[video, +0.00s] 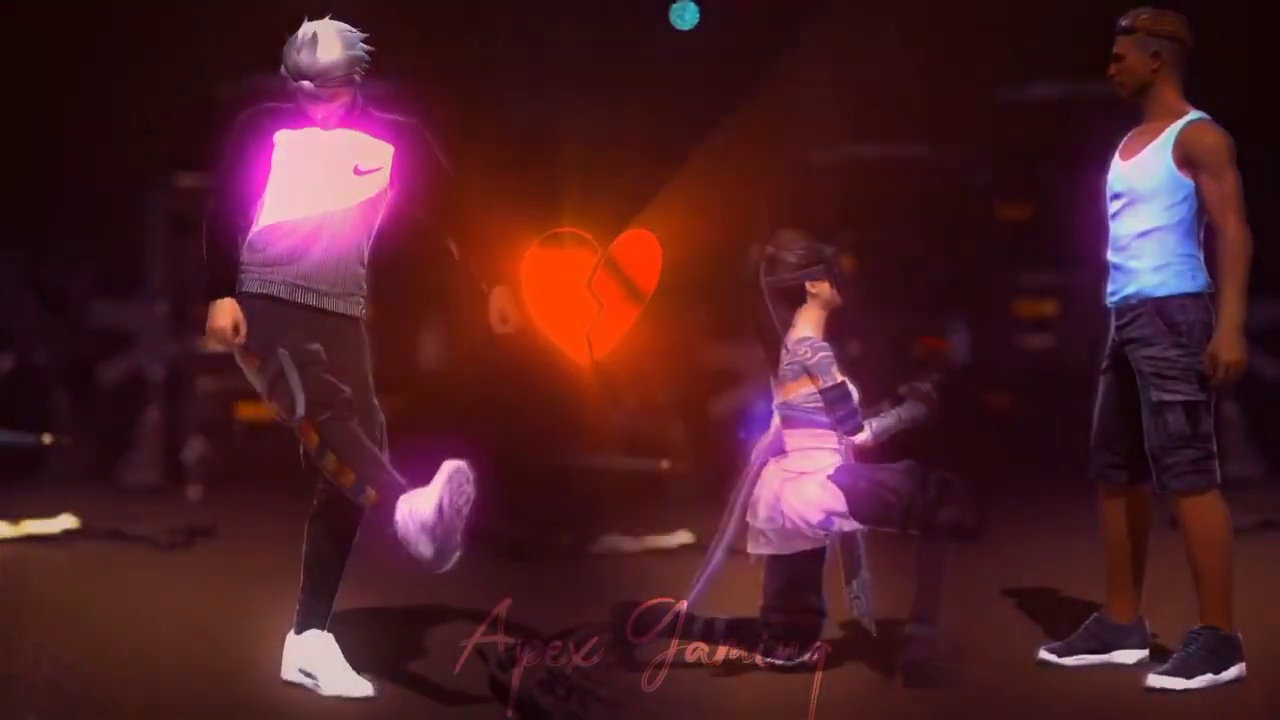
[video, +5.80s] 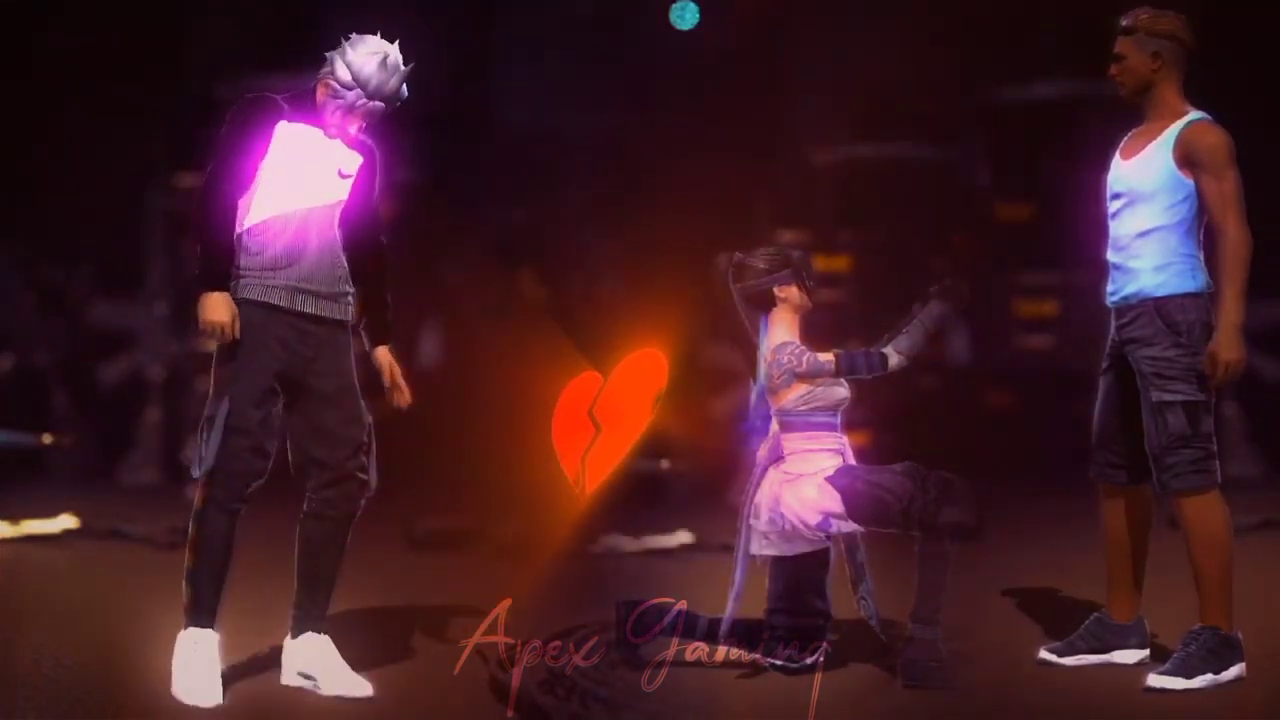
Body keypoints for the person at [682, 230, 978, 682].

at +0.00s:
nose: (836, 286)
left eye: (832, 278)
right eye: (828, 279)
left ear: (807, 290)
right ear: (811, 288)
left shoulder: (795, 346)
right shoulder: (812, 346)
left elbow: (846, 437)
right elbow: (852, 428)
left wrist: (904, 409)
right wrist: (908, 410)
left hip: (785, 488)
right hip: (812, 488)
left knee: (791, 638)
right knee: (939, 499)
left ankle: (670, 623)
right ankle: (923, 645)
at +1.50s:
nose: (819, 289)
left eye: (815, 281)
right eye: (812, 283)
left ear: (791, 292)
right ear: (793, 291)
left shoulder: (782, 349)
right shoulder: (800, 353)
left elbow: (848, 414)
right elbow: (857, 428)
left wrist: (893, 379)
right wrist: (905, 386)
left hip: (789, 481)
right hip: (809, 487)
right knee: (939, 497)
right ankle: (922, 642)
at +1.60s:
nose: (819, 289)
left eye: (816, 281)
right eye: (812, 282)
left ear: (790, 292)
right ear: (792, 290)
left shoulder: (783, 349)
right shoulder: (799, 353)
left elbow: (849, 413)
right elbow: (860, 426)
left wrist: (891, 378)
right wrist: (906, 385)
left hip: (790, 481)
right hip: (809, 487)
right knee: (941, 497)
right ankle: (921, 643)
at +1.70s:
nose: (819, 290)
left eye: (815, 282)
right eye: (811, 283)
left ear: (788, 292)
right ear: (792, 290)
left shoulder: (782, 348)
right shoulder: (797, 351)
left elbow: (848, 411)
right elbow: (863, 423)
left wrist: (888, 375)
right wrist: (909, 379)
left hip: (789, 481)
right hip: (806, 487)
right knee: (941, 497)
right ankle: (922, 645)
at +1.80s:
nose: (818, 290)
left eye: (814, 282)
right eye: (811, 283)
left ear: (789, 291)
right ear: (791, 290)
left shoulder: (784, 347)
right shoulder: (796, 350)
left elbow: (850, 410)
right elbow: (865, 420)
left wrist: (889, 371)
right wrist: (912, 373)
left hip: (791, 480)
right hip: (807, 486)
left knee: (791, 636)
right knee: (941, 496)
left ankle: (682, 627)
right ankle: (923, 645)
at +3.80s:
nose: (812, 292)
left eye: (809, 283)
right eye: (805, 284)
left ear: (782, 293)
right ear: (784, 292)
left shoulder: (785, 351)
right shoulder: (789, 356)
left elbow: (880, 363)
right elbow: (889, 363)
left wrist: (926, 317)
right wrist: (936, 315)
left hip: (803, 478)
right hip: (809, 484)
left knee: (796, 643)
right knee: (941, 497)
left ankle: (677, 624)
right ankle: (923, 648)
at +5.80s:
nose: (808, 291)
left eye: (804, 282)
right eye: (800, 283)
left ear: (780, 292)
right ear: (781, 290)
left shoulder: (783, 348)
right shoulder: (786, 354)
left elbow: (879, 359)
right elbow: (884, 360)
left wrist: (928, 309)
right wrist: (939, 306)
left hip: (797, 484)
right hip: (809, 486)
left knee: (796, 645)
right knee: (945, 497)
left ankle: (676, 624)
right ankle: (923, 650)